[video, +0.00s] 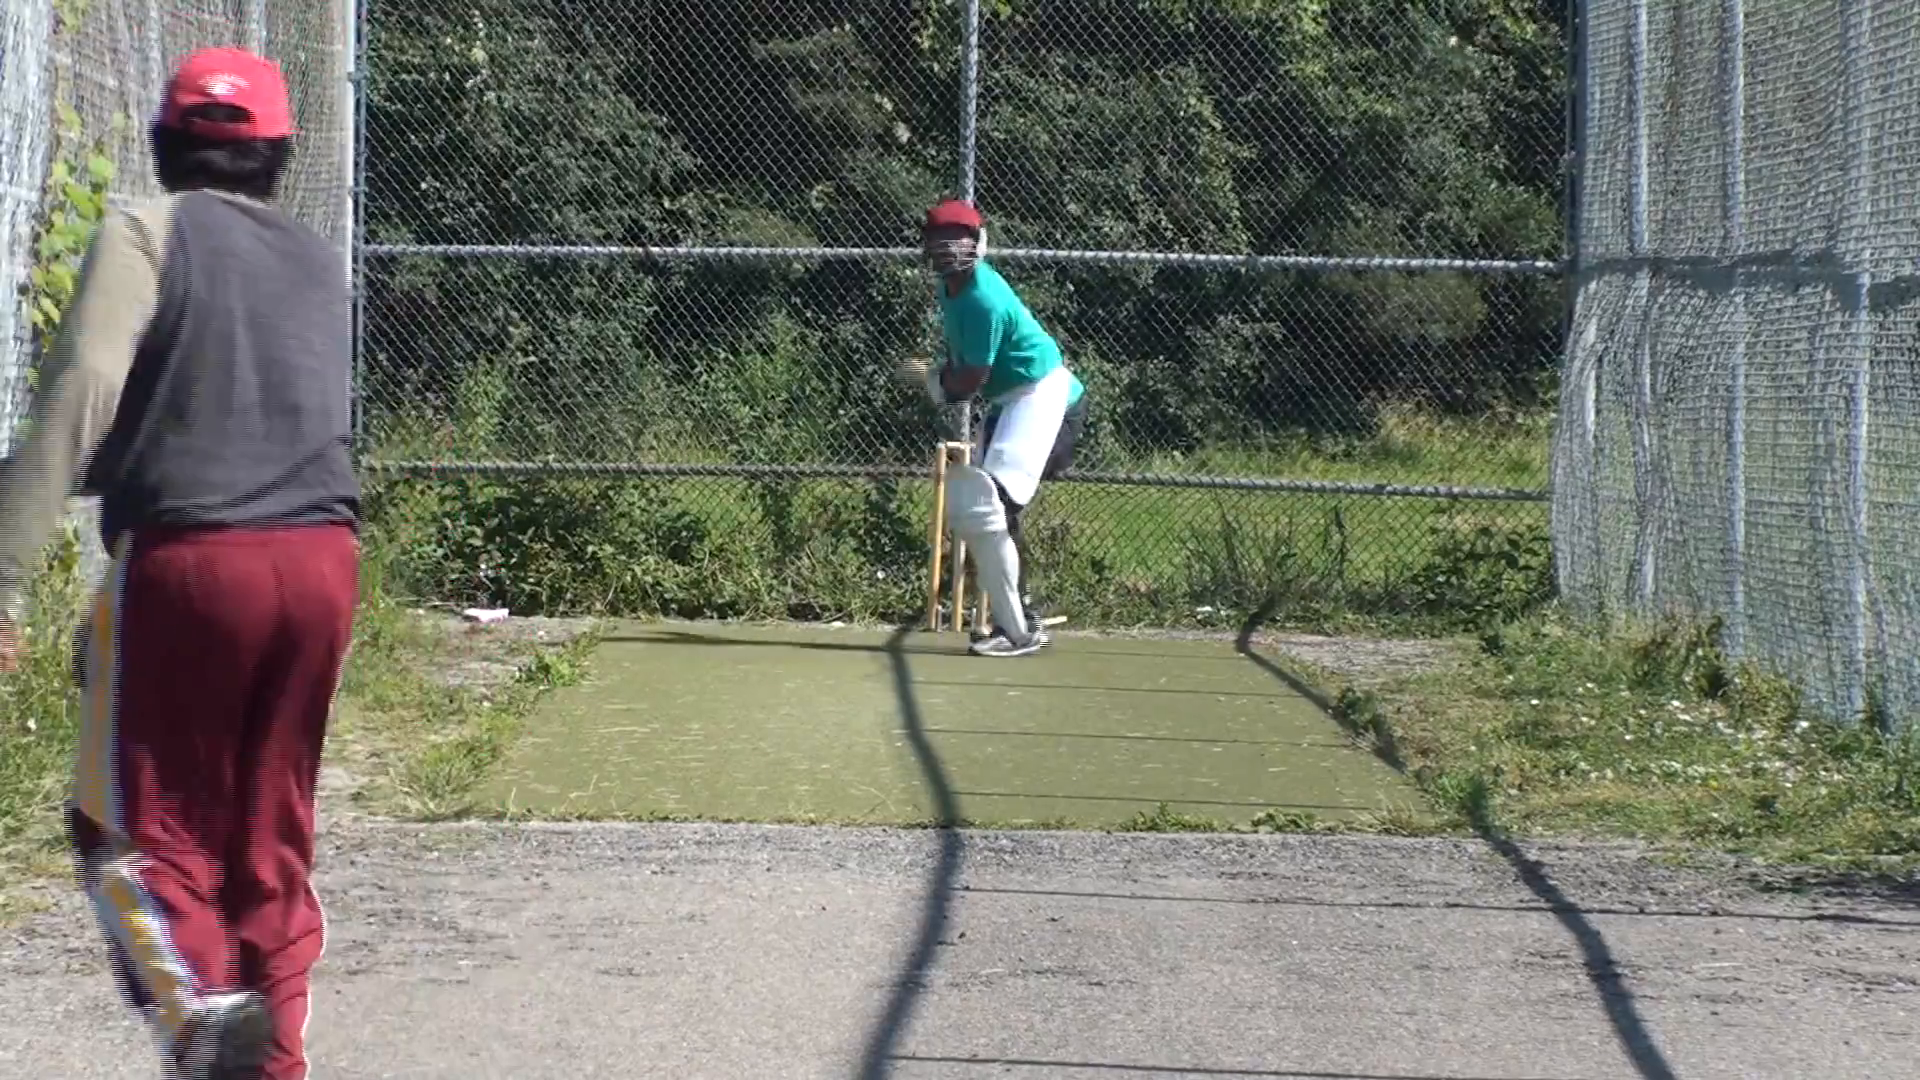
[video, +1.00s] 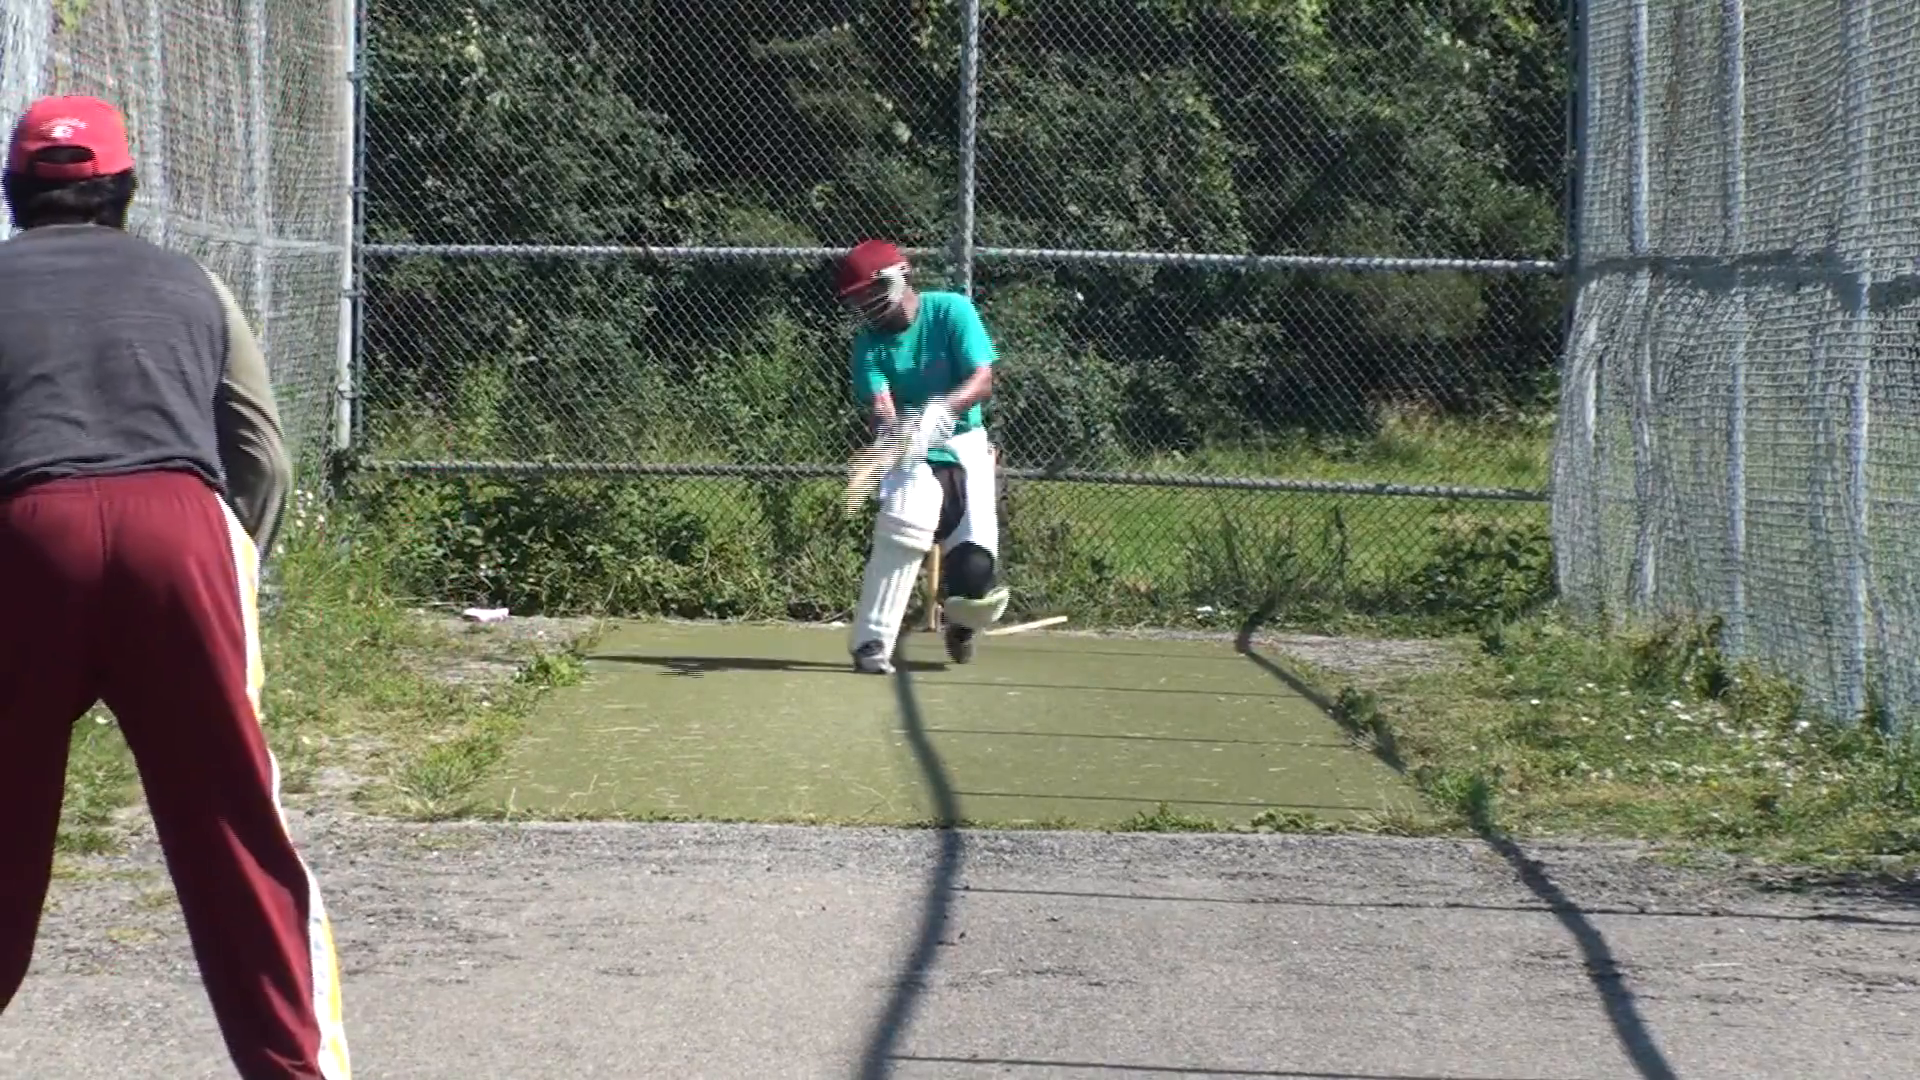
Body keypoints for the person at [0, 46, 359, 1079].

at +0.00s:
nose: (180, 155)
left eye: (171, 140)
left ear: (167, 143)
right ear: (278, 154)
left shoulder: (148, 228)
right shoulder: (324, 256)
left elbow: (88, 382)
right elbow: (319, 407)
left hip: (192, 568)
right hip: (322, 567)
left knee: (131, 823)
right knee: (276, 824)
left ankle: (201, 1012)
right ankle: (276, 1058)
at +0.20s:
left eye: (93, 126)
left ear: (83, 135)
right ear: (193, 136)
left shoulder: (65, 228)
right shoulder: (249, 231)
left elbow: (65, 423)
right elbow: (266, 398)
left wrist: (37, 605)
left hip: (127, 546)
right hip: (260, 544)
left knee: (47, 827)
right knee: (240, 819)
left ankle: (7, 1043)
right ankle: (265, 1057)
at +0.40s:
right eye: (96, 167)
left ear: (3, 175)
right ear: (104, 176)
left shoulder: (1, 260)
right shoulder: (165, 274)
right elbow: (199, 438)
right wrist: (155, 538)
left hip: (28, 570)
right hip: (174, 565)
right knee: (206, 830)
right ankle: (247, 1000)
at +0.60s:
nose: (66, 191)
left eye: (42, 178)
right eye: (66, 177)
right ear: (65, 186)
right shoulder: (137, 272)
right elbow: (215, 450)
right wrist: (205, 545)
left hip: (17, 542)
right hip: (149, 533)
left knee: (5, 832)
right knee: (210, 799)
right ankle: (284, 1057)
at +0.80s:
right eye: (88, 182)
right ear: (87, 190)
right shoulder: (159, 279)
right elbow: (240, 449)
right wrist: (213, 561)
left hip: (21, 543)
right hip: (163, 539)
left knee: (4, 843)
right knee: (220, 823)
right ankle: (292, 1059)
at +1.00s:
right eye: (114, 183)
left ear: (16, 194)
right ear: (124, 194)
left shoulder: (2, 273)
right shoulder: (190, 281)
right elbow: (259, 449)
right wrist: (230, 568)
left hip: (29, 531)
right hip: (175, 529)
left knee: (7, 825)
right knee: (226, 811)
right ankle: (291, 1058)